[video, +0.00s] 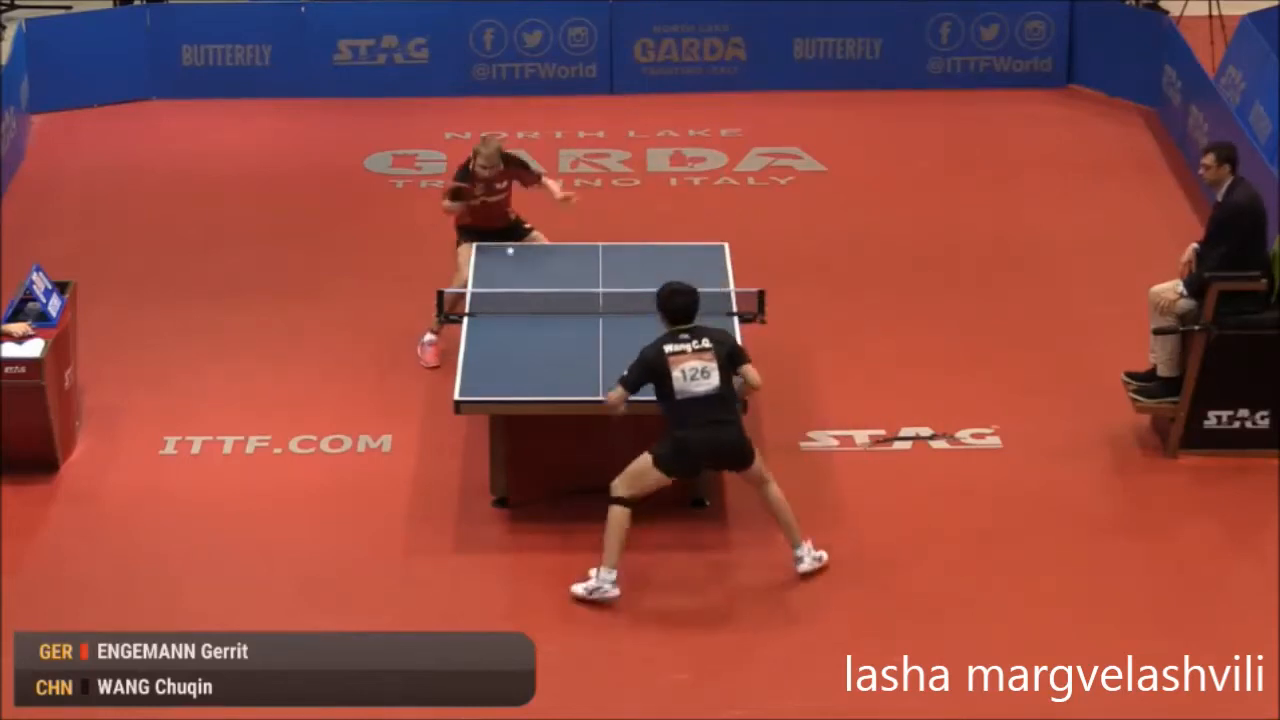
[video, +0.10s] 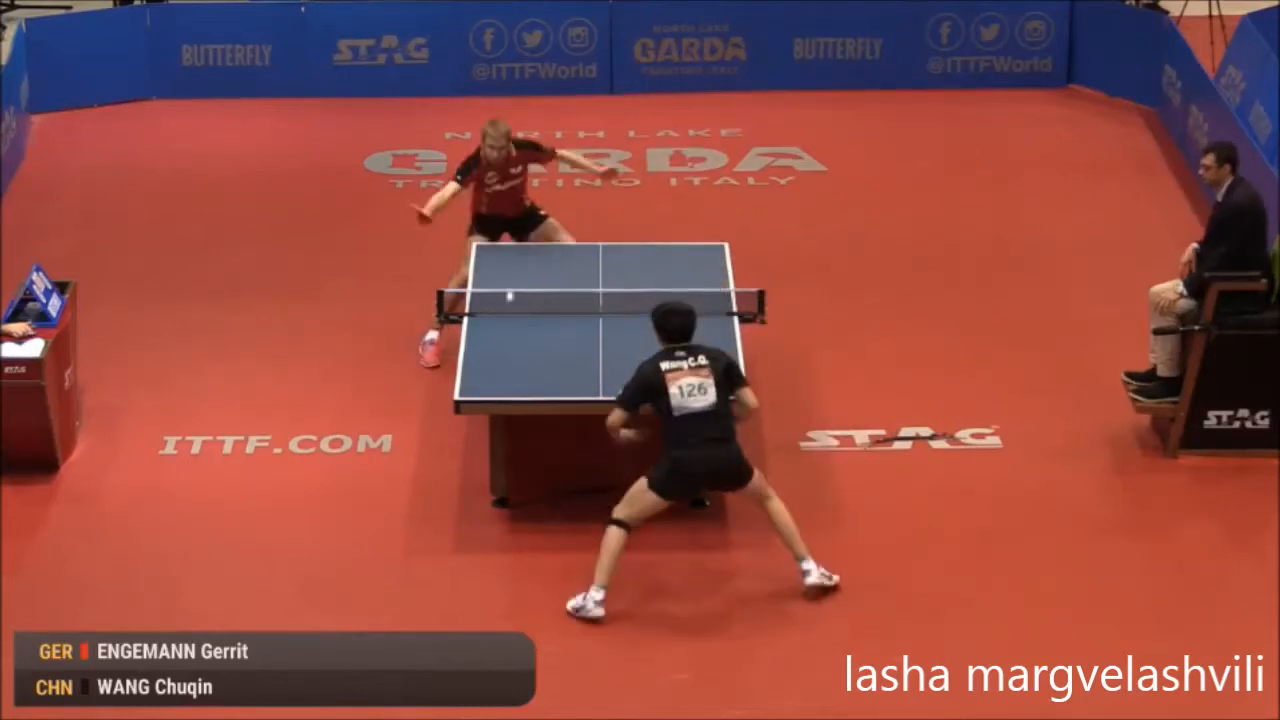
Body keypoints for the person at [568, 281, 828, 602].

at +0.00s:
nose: (664, 312)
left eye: (662, 308)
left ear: (661, 314)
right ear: (695, 310)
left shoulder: (655, 352)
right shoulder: (719, 338)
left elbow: (614, 400)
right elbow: (754, 381)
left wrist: (620, 406)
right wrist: (738, 393)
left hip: (684, 444)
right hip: (731, 439)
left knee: (621, 490)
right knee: (765, 483)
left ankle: (605, 577)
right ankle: (803, 552)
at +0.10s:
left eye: (659, 328)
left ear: (659, 334)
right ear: (691, 330)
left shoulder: (651, 369)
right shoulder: (717, 358)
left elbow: (614, 421)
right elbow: (749, 404)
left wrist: (627, 433)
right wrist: (723, 417)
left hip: (681, 466)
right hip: (727, 460)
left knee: (622, 519)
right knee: (767, 497)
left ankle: (595, 597)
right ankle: (809, 567)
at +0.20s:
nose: (649, 372)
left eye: (648, 367)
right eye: (653, 365)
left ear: (652, 372)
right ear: (683, 365)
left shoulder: (657, 409)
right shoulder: (712, 391)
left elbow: (647, 466)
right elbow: (738, 436)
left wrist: (612, 476)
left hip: (680, 495)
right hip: (727, 491)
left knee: (618, 523)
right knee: (772, 519)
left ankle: (593, 603)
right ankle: (821, 582)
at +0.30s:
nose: (631, 389)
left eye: (632, 384)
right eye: (631, 383)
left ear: (642, 387)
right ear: (663, 378)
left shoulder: (653, 422)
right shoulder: (693, 399)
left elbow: (633, 475)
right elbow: (732, 436)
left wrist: (587, 502)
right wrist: (752, 464)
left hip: (684, 504)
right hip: (726, 496)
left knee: (610, 517)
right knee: (769, 524)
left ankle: (592, 603)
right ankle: (823, 582)